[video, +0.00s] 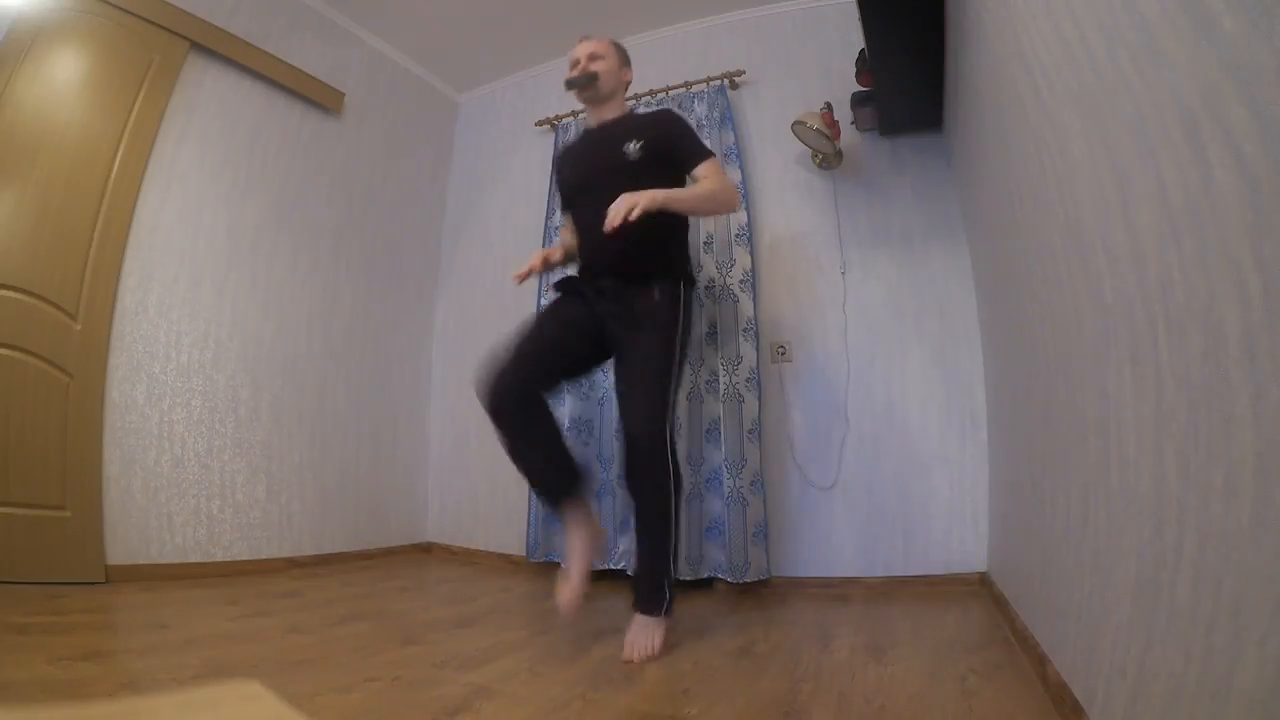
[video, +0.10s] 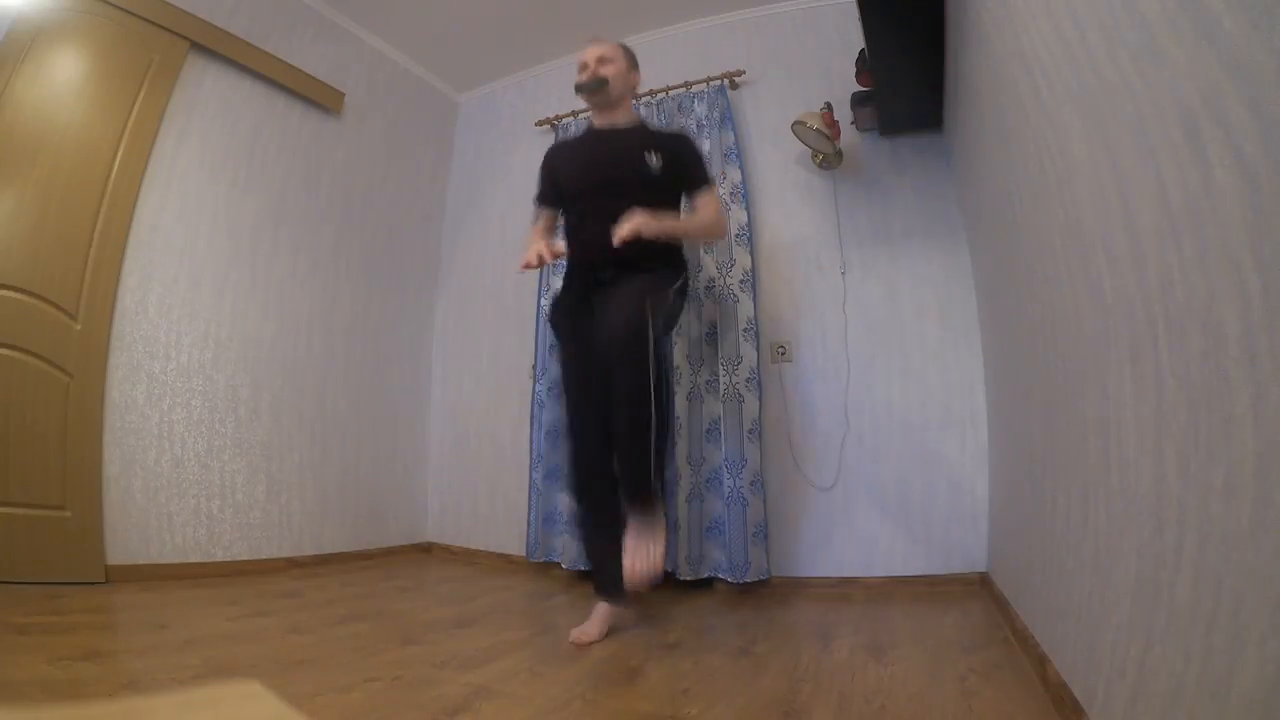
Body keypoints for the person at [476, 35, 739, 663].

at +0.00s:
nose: (581, 63)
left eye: (596, 55)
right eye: (574, 60)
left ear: (627, 76)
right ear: (569, 85)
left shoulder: (662, 126)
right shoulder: (569, 156)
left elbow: (725, 195)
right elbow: (577, 232)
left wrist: (657, 197)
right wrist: (554, 253)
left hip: (655, 300)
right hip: (589, 300)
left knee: (644, 442)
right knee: (507, 389)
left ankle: (651, 604)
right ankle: (577, 513)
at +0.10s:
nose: (592, 73)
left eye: (605, 62)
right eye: (582, 68)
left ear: (635, 78)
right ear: (575, 88)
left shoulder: (670, 146)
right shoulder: (561, 157)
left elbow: (714, 221)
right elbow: (544, 224)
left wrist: (657, 223)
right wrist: (540, 243)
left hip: (651, 281)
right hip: (583, 293)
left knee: (626, 326)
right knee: (590, 439)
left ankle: (644, 508)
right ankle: (609, 592)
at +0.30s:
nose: (586, 68)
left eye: (600, 59)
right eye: (579, 64)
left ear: (631, 78)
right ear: (575, 86)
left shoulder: (668, 131)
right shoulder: (568, 153)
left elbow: (725, 198)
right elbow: (549, 237)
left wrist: (670, 217)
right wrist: (540, 223)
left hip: (663, 274)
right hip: (599, 284)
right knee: (553, 409)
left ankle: (646, 521)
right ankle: (589, 561)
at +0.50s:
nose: (601, 90)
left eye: (616, 81)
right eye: (594, 86)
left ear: (647, 101)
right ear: (588, 110)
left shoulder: (665, 149)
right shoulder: (596, 180)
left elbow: (690, 203)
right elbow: (611, 270)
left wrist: (590, 161)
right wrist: (566, 266)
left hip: (663, 325)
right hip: (607, 315)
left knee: (663, 465)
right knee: (501, 304)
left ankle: (674, 604)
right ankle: (556, 444)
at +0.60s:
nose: (609, 65)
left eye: (623, 59)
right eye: (601, 62)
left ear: (650, 82)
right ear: (594, 87)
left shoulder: (677, 135)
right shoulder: (586, 150)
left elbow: (710, 207)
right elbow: (588, 223)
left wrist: (621, 165)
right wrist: (574, 248)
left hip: (663, 290)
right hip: (600, 293)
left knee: (641, 410)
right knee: (547, 412)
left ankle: (667, 572)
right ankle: (596, 551)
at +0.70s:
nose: (610, 83)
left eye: (623, 74)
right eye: (602, 79)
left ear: (651, 93)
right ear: (594, 100)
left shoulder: (685, 162)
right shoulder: (580, 172)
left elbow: (721, 246)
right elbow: (547, 258)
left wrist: (666, 242)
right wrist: (539, 233)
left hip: (671, 297)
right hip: (602, 307)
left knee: (621, 284)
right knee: (617, 444)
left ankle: (653, 449)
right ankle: (637, 591)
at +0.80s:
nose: (600, 83)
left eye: (614, 73)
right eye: (593, 79)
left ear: (647, 91)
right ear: (588, 101)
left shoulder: (683, 155)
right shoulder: (581, 170)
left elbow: (734, 218)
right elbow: (538, 245)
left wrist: (698, 242)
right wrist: (534, 189)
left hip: (679, 296)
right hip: (613, 304)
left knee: (624, 281)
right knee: (604, 433)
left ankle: (643, 471)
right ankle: (626, 585)